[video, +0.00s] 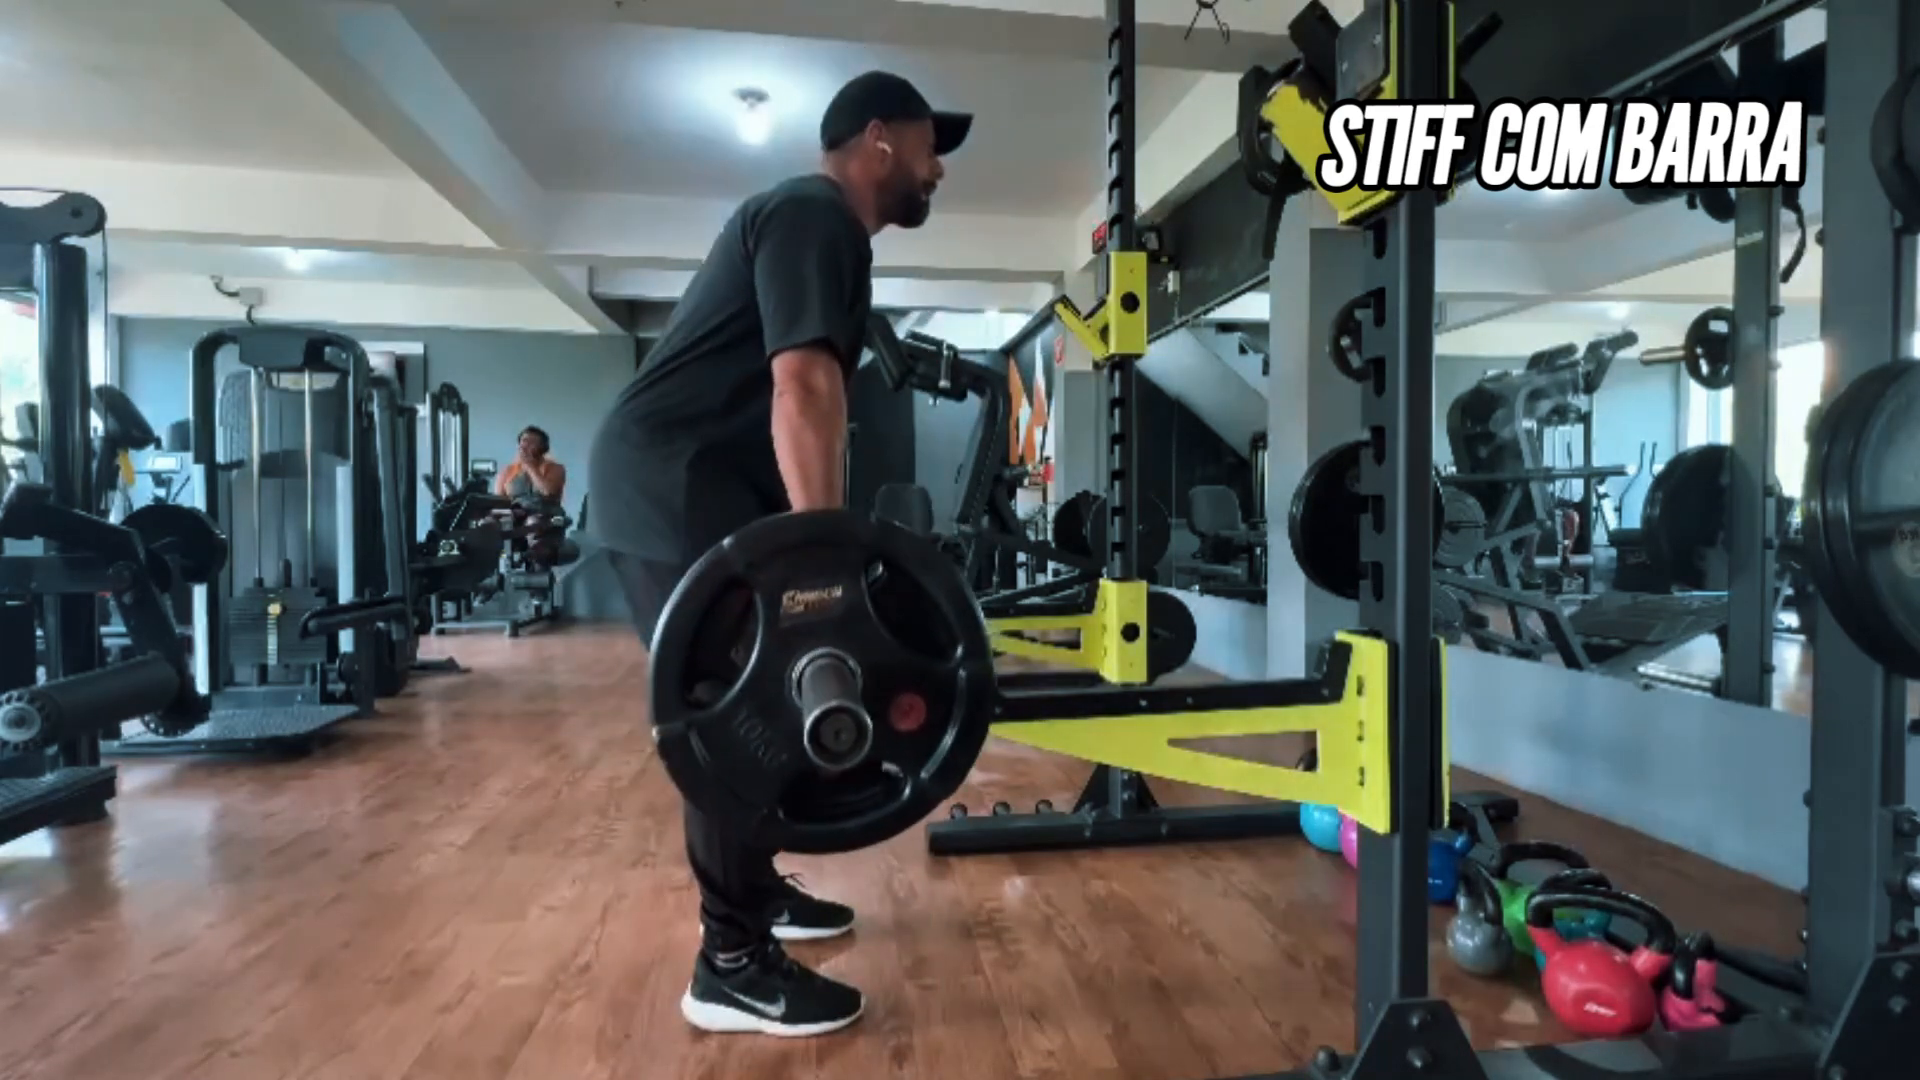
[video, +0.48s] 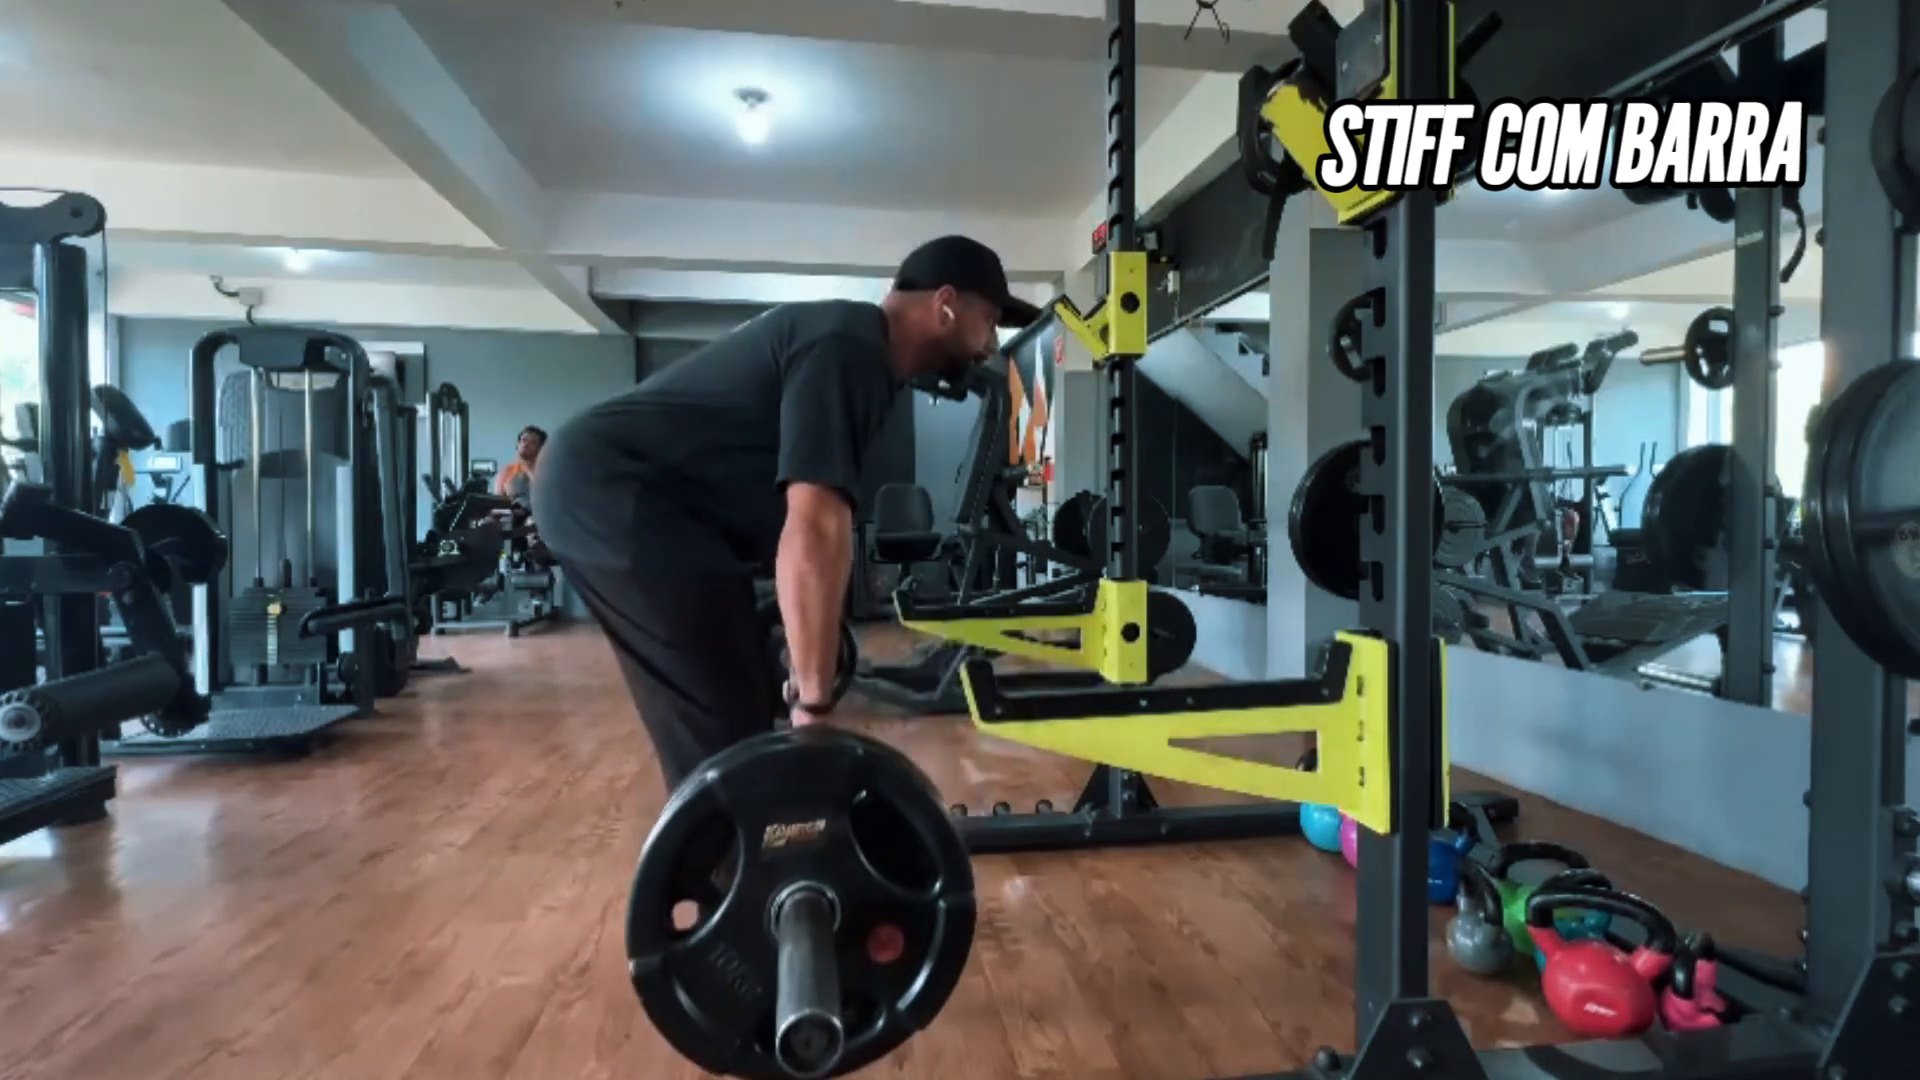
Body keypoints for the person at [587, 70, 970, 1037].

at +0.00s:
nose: (938, 172)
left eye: (939, 154)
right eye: (930, 150)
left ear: (871, 146)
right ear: (875, 140)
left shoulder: (832, 229)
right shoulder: (810, 210)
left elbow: (806, 390)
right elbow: (803, 383)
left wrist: (825, 565)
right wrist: (826, 564)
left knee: (745, 690)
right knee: (724, 703)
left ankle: (750, 888)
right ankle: (728, 957)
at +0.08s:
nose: (951, 206)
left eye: (953, 188)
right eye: (945, 184)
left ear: (887, 170)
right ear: (898, 167)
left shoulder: (829, 248)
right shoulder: (820, 233)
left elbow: (805, 412)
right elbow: (807, 408)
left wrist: (828, 584)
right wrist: (825, 587)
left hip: (690, 481)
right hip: (658, 477)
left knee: (742, 691)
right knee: (727, 704)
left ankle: (758, 893)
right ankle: (730, 961)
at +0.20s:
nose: (971, 242)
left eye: (974, 225)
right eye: (963, 220)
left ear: (903, 213)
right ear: (914, 208)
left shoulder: (840, 285)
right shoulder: (828, 268)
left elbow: (815, 449)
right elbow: (810, 444)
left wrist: (828, 611)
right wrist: (825, 619)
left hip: (647, 486)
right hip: (648, 487)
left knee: (723, 712)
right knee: (750, 706)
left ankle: (743, 948)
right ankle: (736, 961)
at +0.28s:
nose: (981, 273)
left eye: (985, 256)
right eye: (975, 251)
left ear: (917, 244)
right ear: (924, 238)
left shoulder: (853, 314)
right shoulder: (831, 291)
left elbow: (816, 476)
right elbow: (813, 470)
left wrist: (821, 642)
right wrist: (822, 647)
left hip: (659, 489)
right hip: (633, 483)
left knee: (723, 719)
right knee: (734, 715)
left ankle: (746, 957)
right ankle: (735, 971)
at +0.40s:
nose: (990, 315)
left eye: (994, 298)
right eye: (986, 292)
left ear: (934, 280)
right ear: (938, 277)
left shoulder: (850, 332)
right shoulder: (840, 322)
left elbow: (822, 502)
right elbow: (814, 499)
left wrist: (816, 665)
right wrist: (818, 675)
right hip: (620, 481)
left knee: (709, 715)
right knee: (741, 709)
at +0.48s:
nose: (992, 343)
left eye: (997, 326)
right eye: (992, 320)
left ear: (939, 301)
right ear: (946, 301)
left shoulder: (851, 349)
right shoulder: (843, 344)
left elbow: (822, 520)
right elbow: (814, 521)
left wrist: (808, 683)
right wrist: (813, 699)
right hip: (612, 487)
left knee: (727, 701)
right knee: (732, 705)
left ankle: (727, 890)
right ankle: (733, 897)